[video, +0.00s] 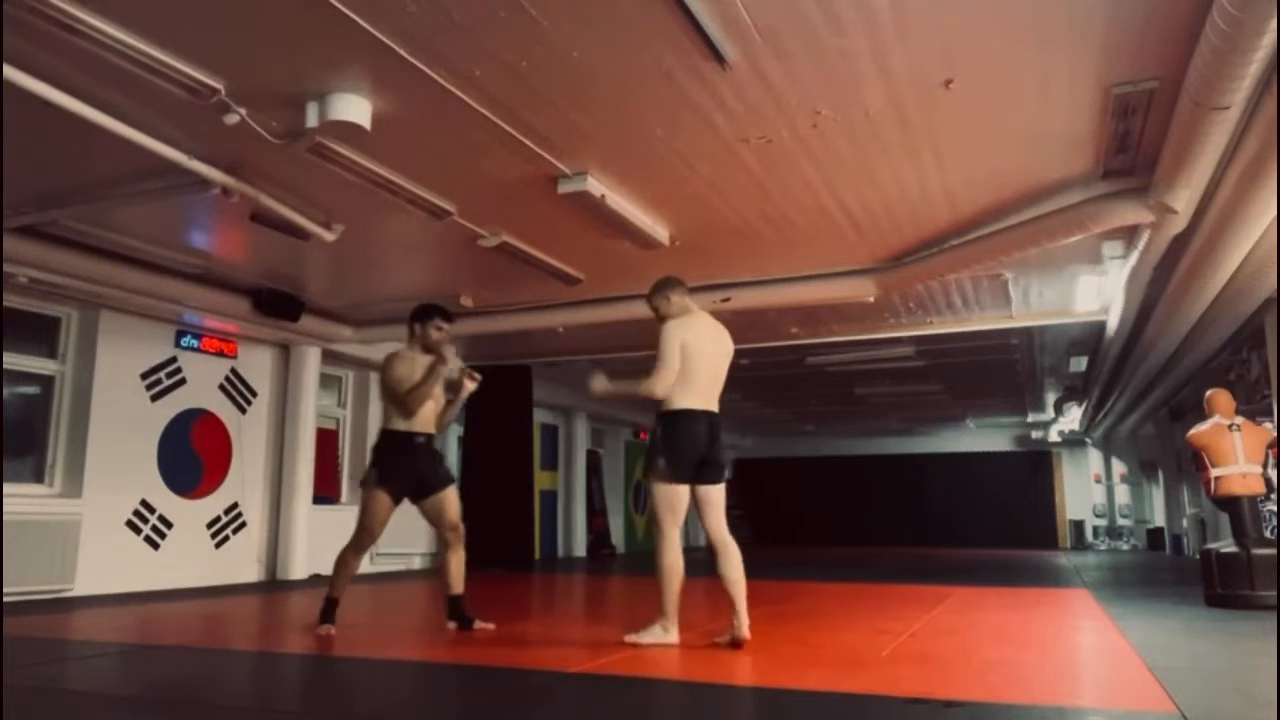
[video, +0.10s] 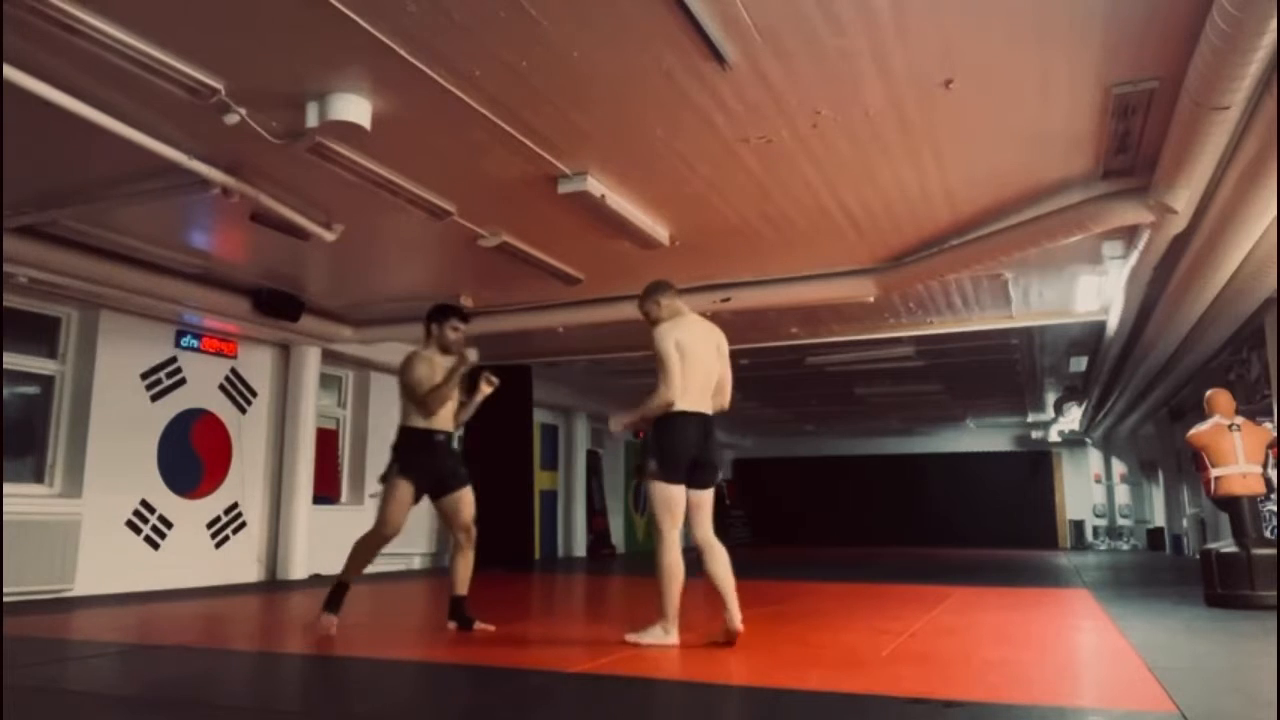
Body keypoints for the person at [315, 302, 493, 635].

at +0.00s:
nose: (443, 336)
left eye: (446, 332)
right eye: (437, 329)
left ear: (445, 335)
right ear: (416, 328)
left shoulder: (439, 368)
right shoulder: (397, 360)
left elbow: (438, 423)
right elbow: (408, 404)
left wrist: (461, 396)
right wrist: (438, 366)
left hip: (426, 455)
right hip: (393, 452)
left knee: (454, 530)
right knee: (365, 536)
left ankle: (457, 609)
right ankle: (329, 610)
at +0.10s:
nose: (459, 337)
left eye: (462, 332)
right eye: (453, 329)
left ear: (462, 335)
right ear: (433, 329)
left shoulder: (453, 367)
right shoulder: (416, 361)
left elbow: (455, 420)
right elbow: (427, 404)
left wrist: (478, 398)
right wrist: (458, 368)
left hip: (447, 453)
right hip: (413, 450)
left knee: (466, 531)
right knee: (386, 529)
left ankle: (459, 609)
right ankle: (338, 591)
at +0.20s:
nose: (471, 335)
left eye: (473, 329)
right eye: (465, 327)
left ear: (472, 332)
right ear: (446, 326)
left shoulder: (462, 366)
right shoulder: (430, 358)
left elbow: (463, 419)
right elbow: (443, 401)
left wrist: (489, 393)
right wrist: (472, 369)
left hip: (457, 446)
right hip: (428, 441)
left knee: (471, 529)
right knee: (424, 505)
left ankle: (459, 609)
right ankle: (370, 560)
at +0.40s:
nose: (481, 333)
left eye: (483, 328)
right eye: (476, 326)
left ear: (478, 330)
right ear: (457, 324)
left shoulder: (467, 362)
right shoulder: (446, 356)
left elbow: (475, 411)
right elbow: (445, 401)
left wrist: (497, 384)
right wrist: (483, 375)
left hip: (467, 439)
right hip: (453, 433)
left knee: (479, 529)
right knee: (512, 449)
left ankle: (462, 605)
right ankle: (460, 503)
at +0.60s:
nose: (489, 336)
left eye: (491, 330)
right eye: (485, 329)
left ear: (475, 331)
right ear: (465, 327)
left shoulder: (466, 363)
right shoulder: (455, 359)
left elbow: (456, 408)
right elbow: (448, 398)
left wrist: (485, 399)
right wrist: (489, 385)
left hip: (475, 446)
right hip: (475, 435)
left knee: (486, 531)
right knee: (549, 417)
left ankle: (461, 608)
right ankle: (561, 457)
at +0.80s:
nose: (497, 337)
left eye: (498, 330)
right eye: (493, 329)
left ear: (471, 329)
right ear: (472, 326)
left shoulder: (452, 361)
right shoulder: (466, 356)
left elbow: (448, 403)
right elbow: (468, 397)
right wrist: (510, 386)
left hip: (470, 445)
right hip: (481, 435)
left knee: (487, 531)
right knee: (547, 424)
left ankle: (461, 609)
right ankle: (588, 471)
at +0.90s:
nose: (498, 335)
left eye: (500, 328)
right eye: (495, 327)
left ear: (473, 327)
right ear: (475, 324)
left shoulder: (451, 361)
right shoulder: (468, 355)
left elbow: (442, 405)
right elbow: (473, 397)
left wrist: (470, 404)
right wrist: (512, 387)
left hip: (464, 443)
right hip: (479, 436)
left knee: (484, 531)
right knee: (526, 459)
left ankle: (462, 606)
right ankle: (570, 493)